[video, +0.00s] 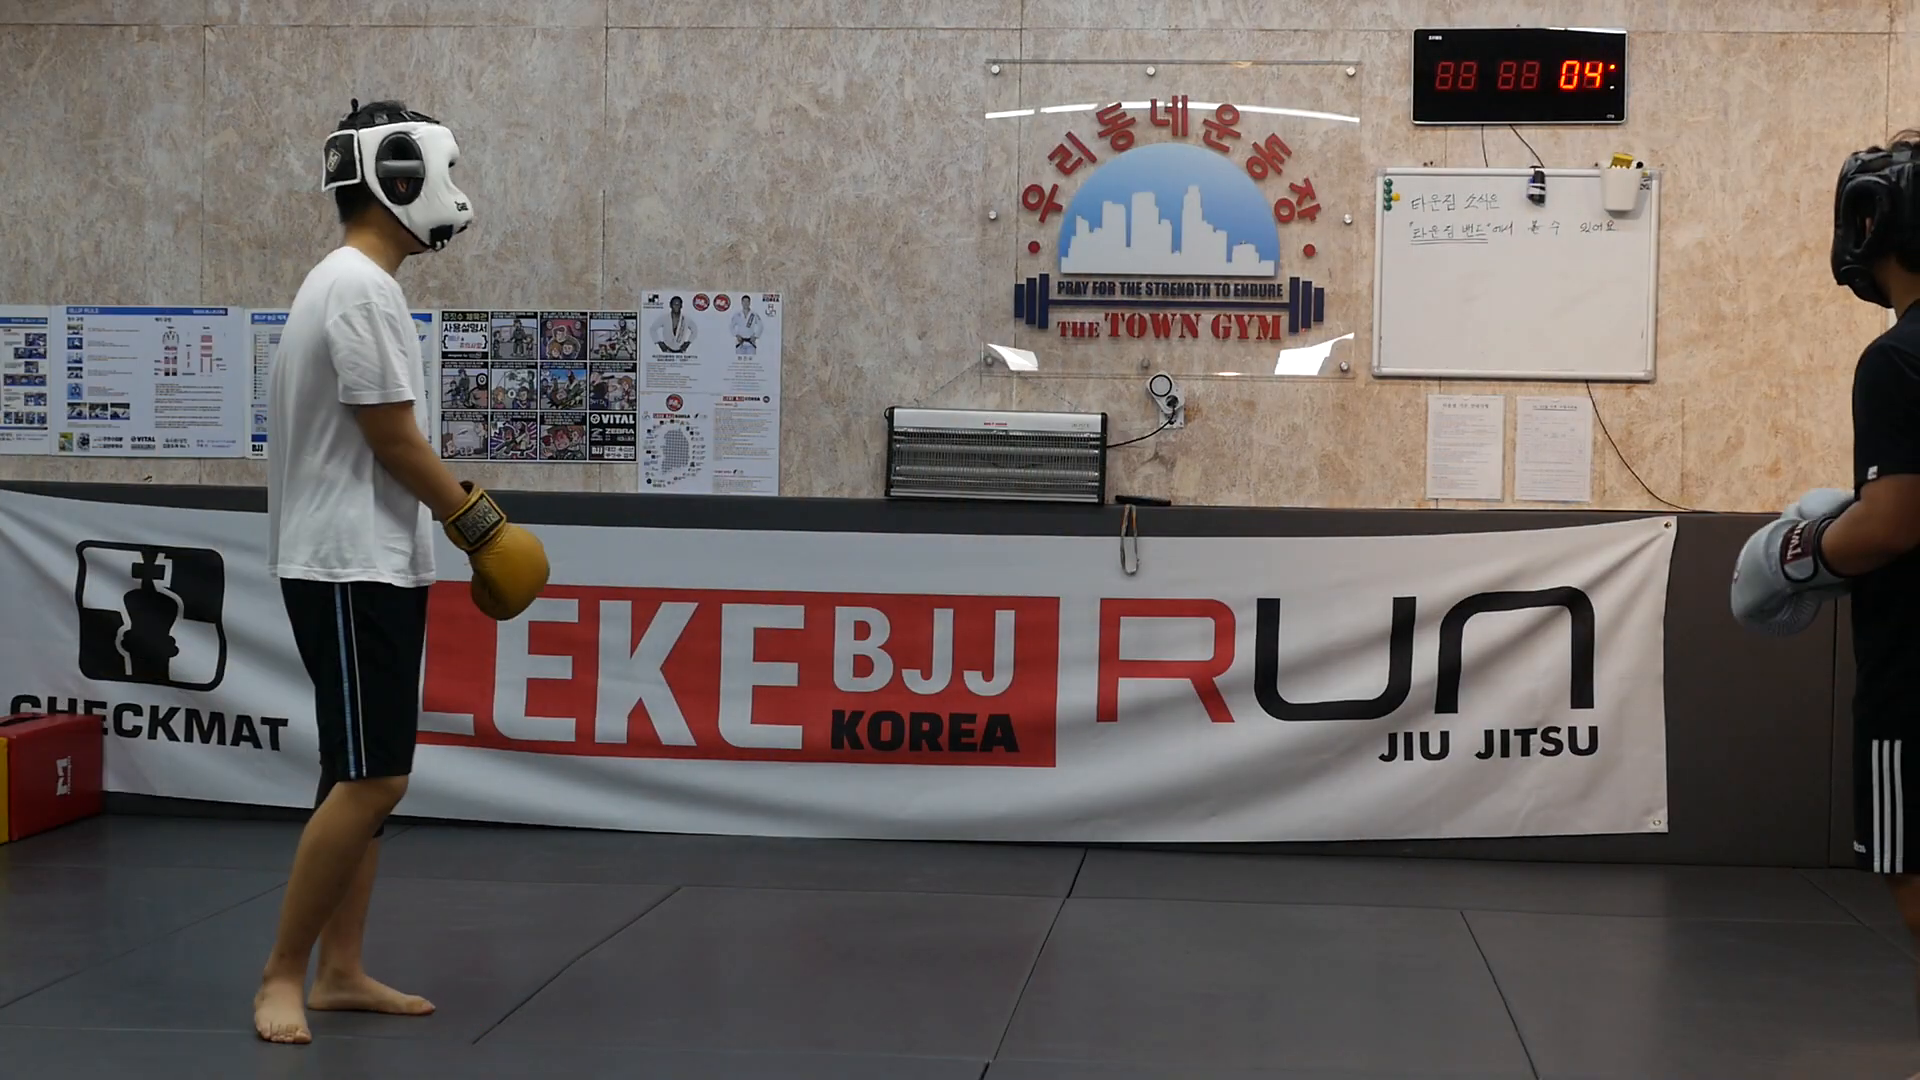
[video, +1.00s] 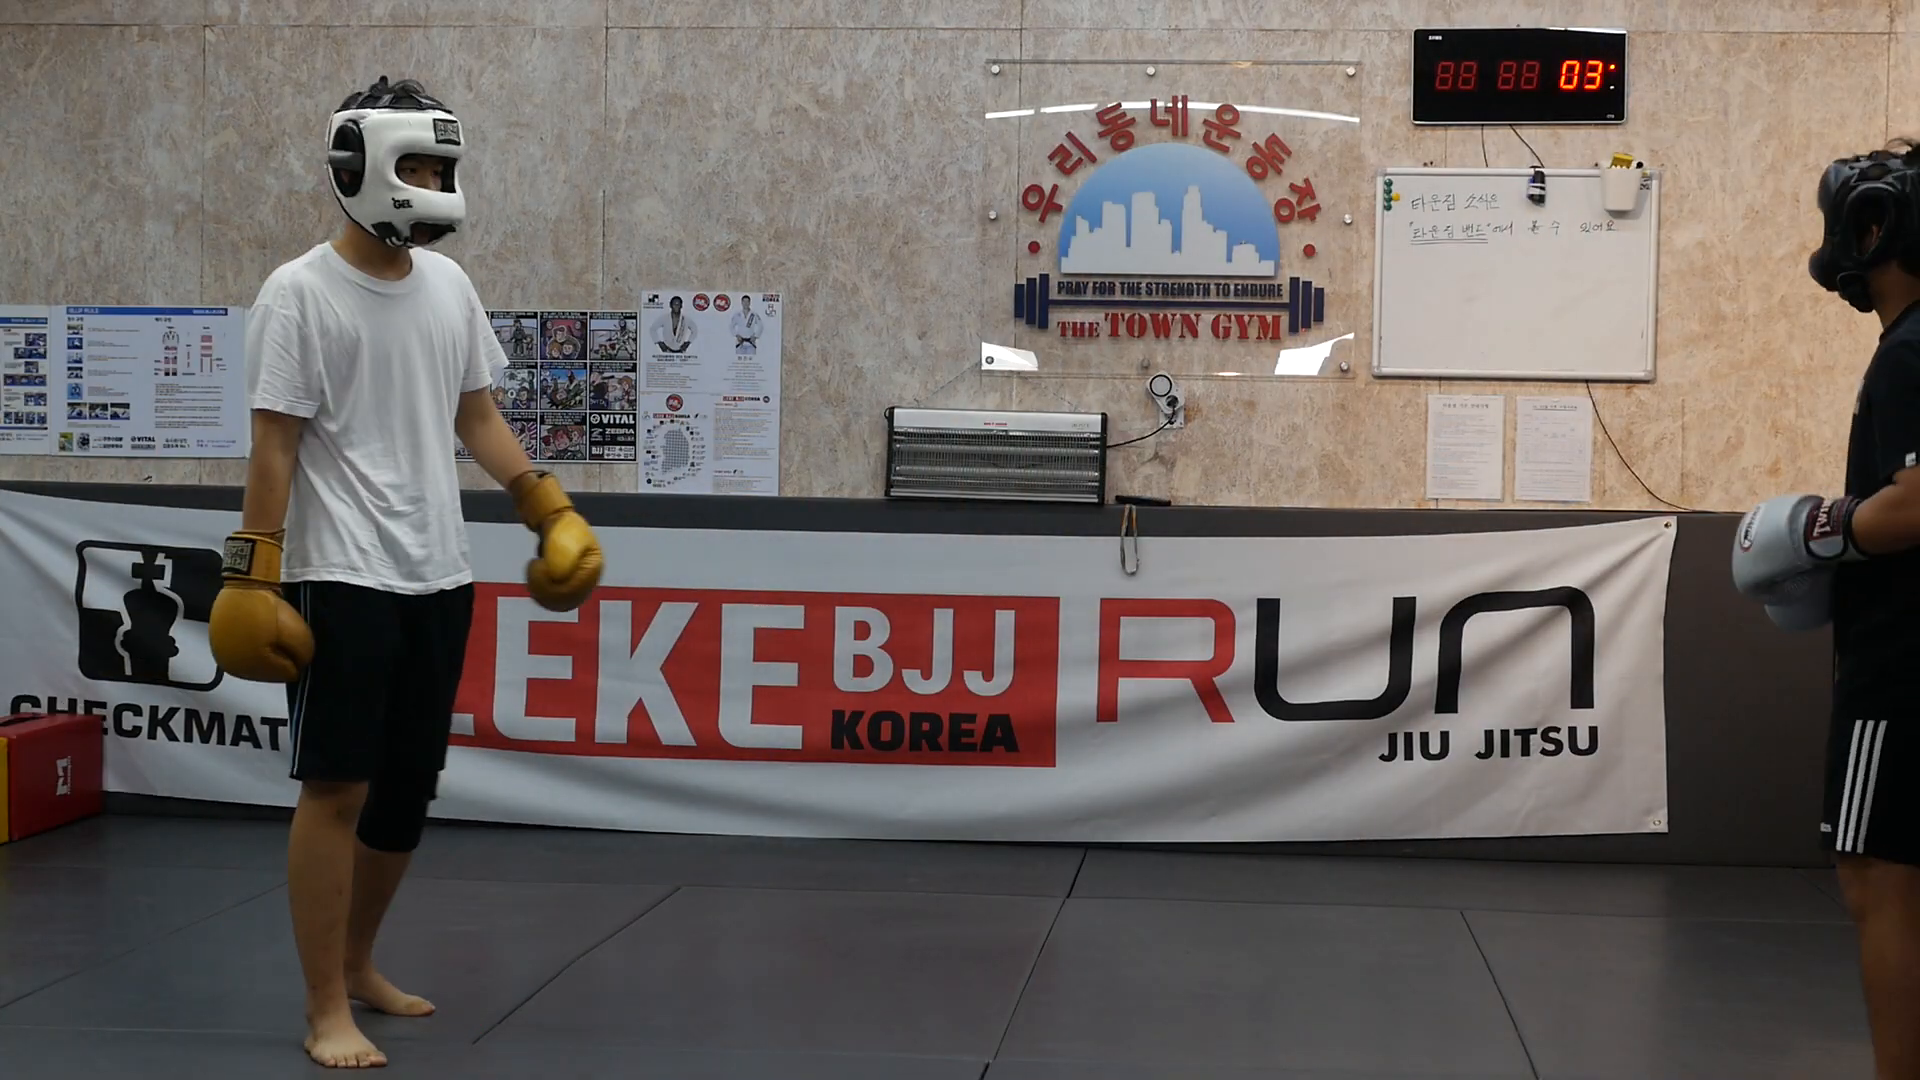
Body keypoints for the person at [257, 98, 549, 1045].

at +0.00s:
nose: (453, 195)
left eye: (448, 176)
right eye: (443, 177)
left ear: (362, 185)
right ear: (410, 184)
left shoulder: (348, 285)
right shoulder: (358, 290)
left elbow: (382, 444)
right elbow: (393, 439)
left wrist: (468, 524)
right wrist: (479, 523)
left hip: (363, 562)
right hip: (350, 565)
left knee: (371, 778)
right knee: (370, 780)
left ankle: (341, 971)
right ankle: (282, 980)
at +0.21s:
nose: (470, 191)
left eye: (465, 173)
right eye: (458, 175)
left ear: (384, 186)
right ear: (415, 184)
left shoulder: (358, 284)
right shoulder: (377, 289)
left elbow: (314, 441)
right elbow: (401, 445)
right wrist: (469, 551)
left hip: (362, 557)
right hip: (354, 560)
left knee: (374, 766)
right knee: (367, 769)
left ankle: (340, 970)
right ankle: (260, 969)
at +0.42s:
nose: (481, 192)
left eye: (478, 174)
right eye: (466, 175)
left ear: (407, 188)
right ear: (417, 186)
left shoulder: (404, 299)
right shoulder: (363, 293)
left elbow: (390, 449)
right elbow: (363, 440)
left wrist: (421, 577)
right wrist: (398, 568)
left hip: (384, 566)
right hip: (340, 568)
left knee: (372, 776)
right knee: (341, 776)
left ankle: (350, 969)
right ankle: (326, 993)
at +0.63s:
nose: (466, 195)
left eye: (468, 175)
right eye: (448, 179)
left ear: (427, 184)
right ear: (396, 183)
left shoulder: (436, 296)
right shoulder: (332, 291)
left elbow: (434, 439)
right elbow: (310, 433)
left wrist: (463, 544)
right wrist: (323, 559)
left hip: (421, 573)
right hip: (353, 571)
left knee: (380, 779)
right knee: (342, 781)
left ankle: (350, 969)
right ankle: (326, 1003)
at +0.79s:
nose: (454, 181)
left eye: (458, 165)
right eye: (435, 166)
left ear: (458, 173)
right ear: (377, 171)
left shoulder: (445, 291)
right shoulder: (315, 291)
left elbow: (477, 420)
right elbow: (285, 437)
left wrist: (540, 522)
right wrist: (274, 569)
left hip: (428, 582)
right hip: (345, 581)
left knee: (385, 787)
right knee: (335, 789)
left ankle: (351, 970)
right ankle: (326, 1011)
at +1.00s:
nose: (432, 181)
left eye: (440, 165)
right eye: (411, 164)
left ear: (449, 172)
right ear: (354, 170)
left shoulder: (449, 285)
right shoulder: (298, 293)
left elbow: (479, 415)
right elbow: (273, 442)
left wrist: (549, 510)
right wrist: (253, 575)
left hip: (438, 579)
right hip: (340, 581)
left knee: (404, 792)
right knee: (335, 791)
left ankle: (356, 964)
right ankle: (326, 1012)